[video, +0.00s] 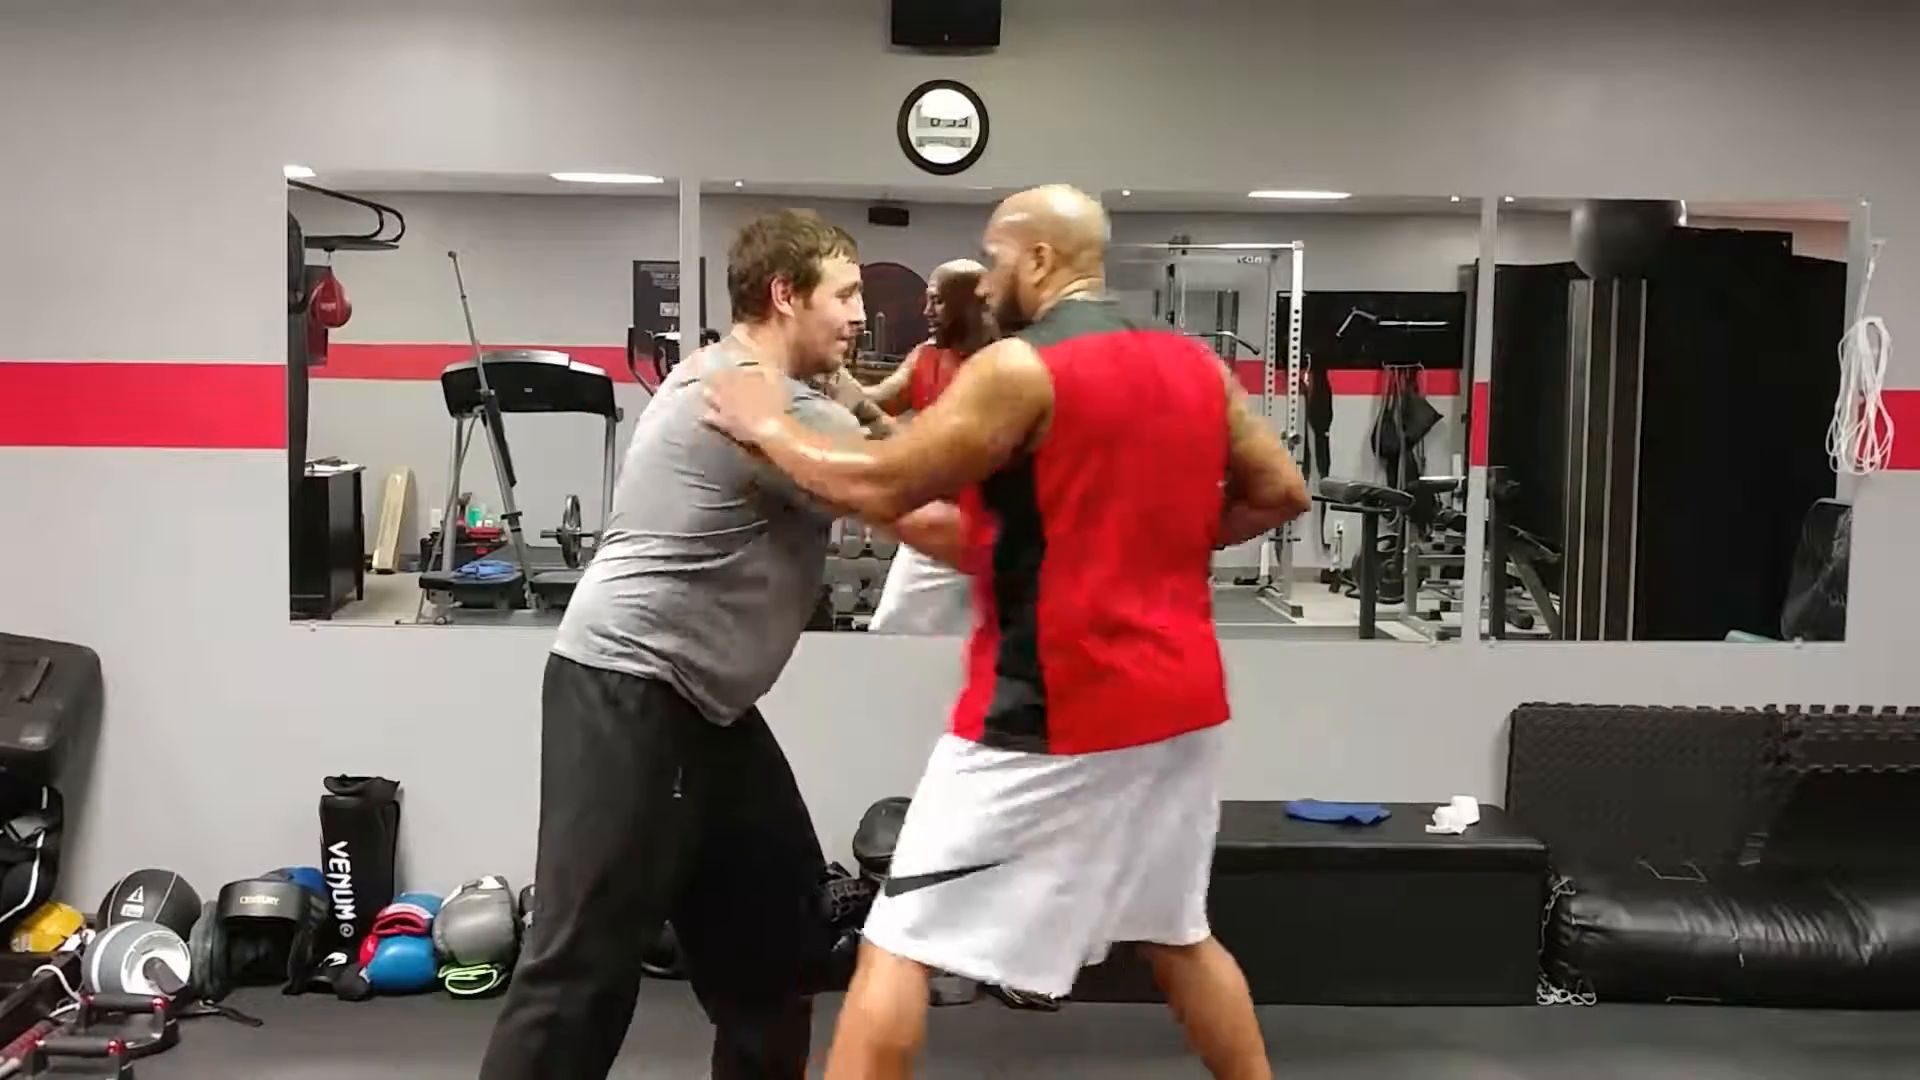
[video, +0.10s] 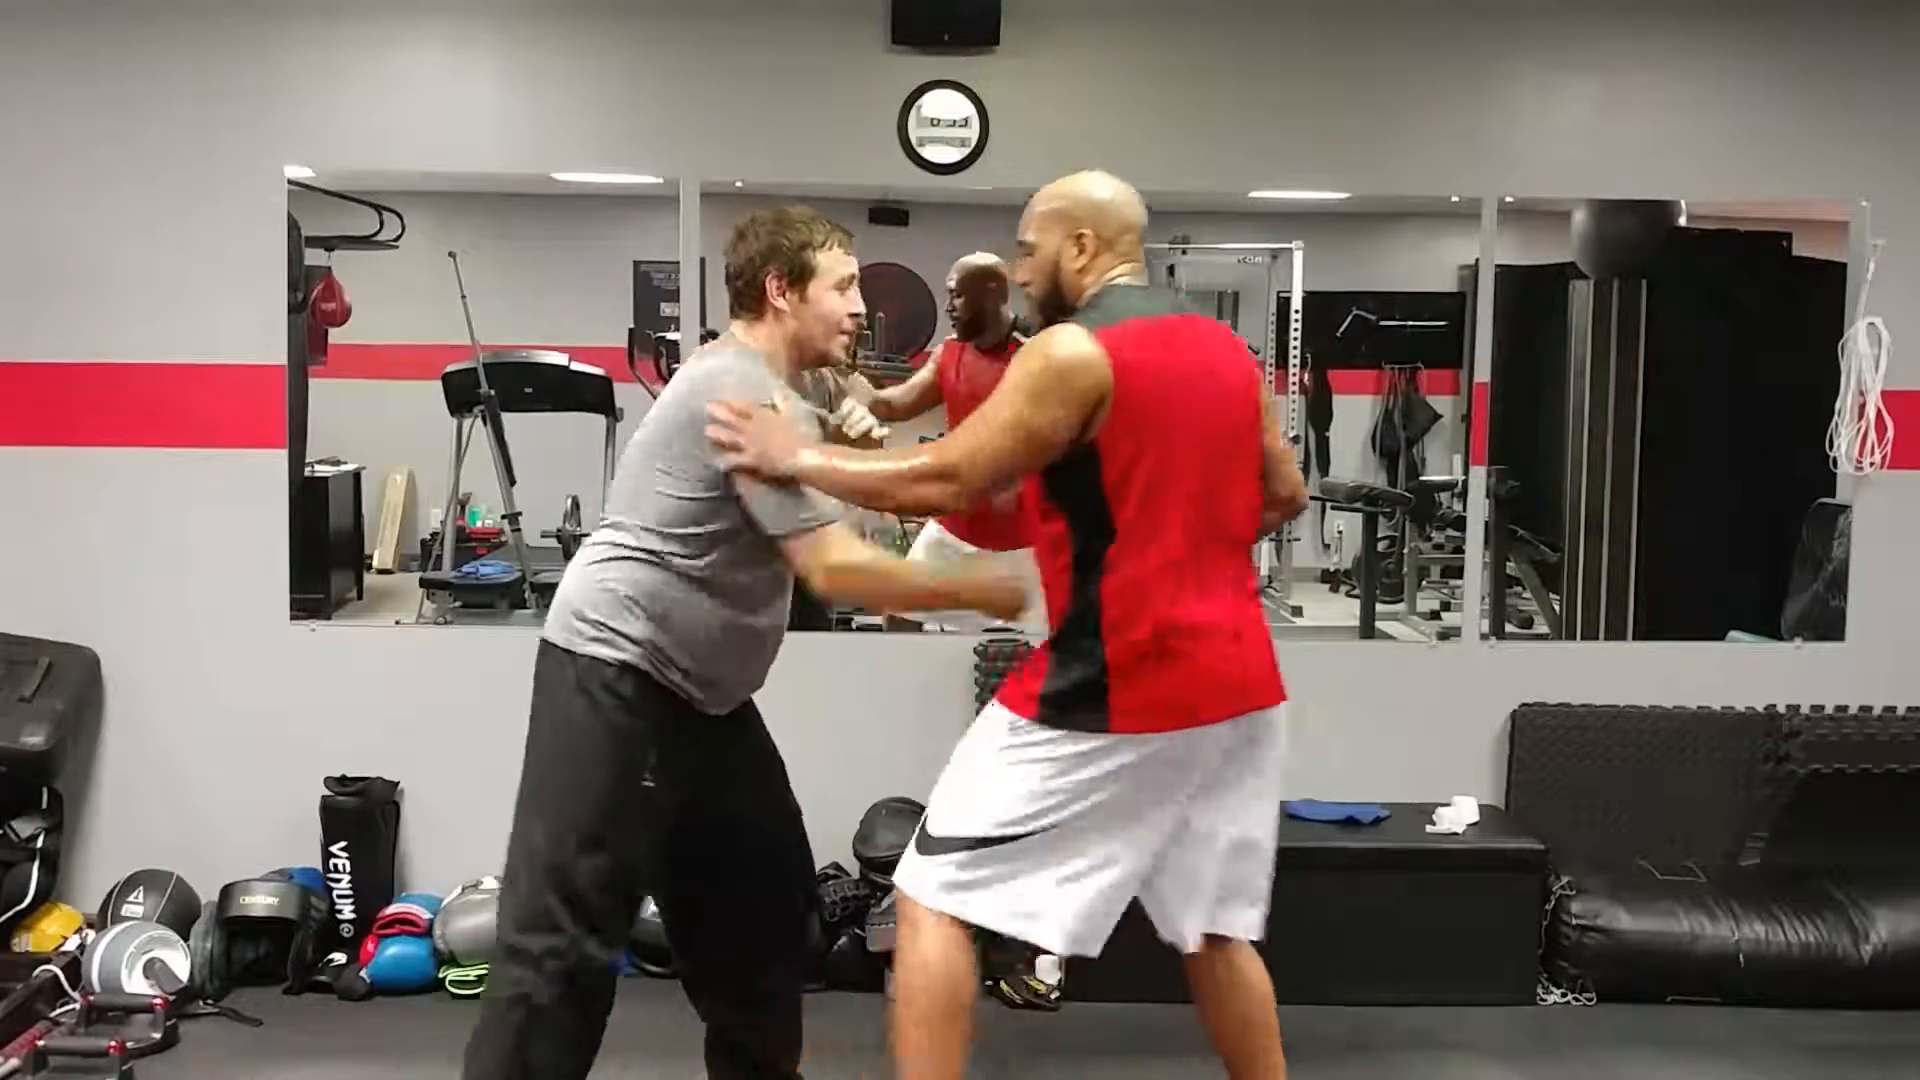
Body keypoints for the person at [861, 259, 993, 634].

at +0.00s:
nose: (927, 312)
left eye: (937, 301)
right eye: (927, 301)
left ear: (973, 301)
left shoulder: (1005, 361)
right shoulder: (926, 357)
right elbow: (871, 402)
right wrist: (835, 369)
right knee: (890, 638)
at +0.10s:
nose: (949, 307)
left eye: (958, 295)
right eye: (948, 296)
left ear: (998, 295)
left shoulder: (1037, 359)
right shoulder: (949, 356)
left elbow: (1060, 441)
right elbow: (893, 404)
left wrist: (1018, 484)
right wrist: (846, 377)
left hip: (1025, 534)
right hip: (956, 525)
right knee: (899, 615)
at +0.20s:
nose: (965, 302)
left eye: (973, 290)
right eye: (964, 291)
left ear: (1009, 290)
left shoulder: (1053, 351)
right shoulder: (971, 348)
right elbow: (921, 401)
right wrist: (878, 410)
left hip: (1036, 542)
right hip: (968, 532)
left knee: (1054, 662)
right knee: (923, 626)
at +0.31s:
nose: (975, 299)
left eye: (984, 287)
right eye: (975, 288)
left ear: (1021, 288)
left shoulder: (1062, 352)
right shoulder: (985, 344)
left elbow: (1080, 441)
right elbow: (949, 409)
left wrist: (996, 435)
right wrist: (892, 452)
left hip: (1049, 530)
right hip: (990, 525)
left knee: (1049, 657)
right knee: (964, 641)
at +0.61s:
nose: (985, 292)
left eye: (993, 282)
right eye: (985, 283)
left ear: (1026, 284)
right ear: (1017, 286)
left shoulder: (1064, 342)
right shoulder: (1000, 341)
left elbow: (1079, 418)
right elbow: (968, 413)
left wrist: (1002, 404)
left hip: (1056, 527)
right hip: (999, 524)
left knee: (1053, 656)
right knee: (983, 643)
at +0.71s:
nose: (991, 291)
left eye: (1001, 281)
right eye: (992, 281)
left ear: (1034, 286)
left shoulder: (1068, 342)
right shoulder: (987, 340)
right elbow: (937, 370)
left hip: (1051, 533)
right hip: (994, 527)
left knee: (1052, 658)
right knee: (983, 646)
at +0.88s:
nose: (984, 293)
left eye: (994, 283)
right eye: (985, 283)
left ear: (1025, 286)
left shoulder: (1049, 318)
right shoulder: (985, 338)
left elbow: (1063, 351)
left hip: (1041, 519)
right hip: (984, 514)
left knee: (1053, 643)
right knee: (952, 633)